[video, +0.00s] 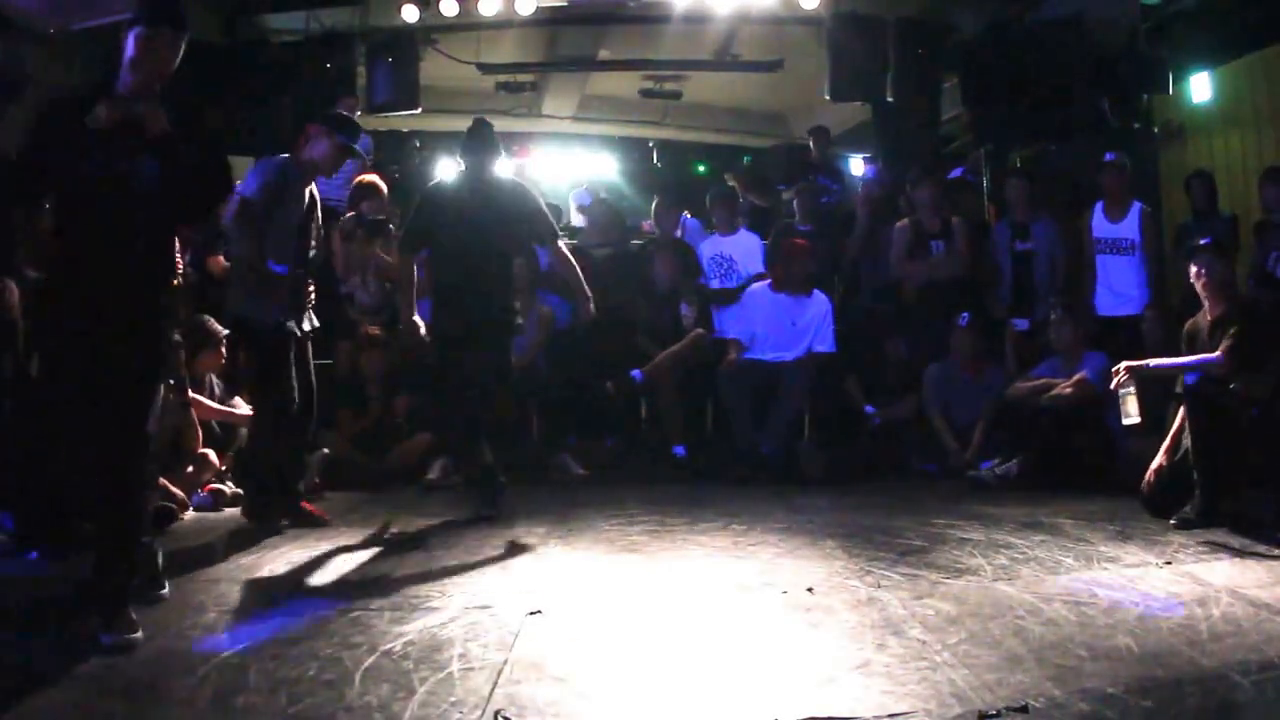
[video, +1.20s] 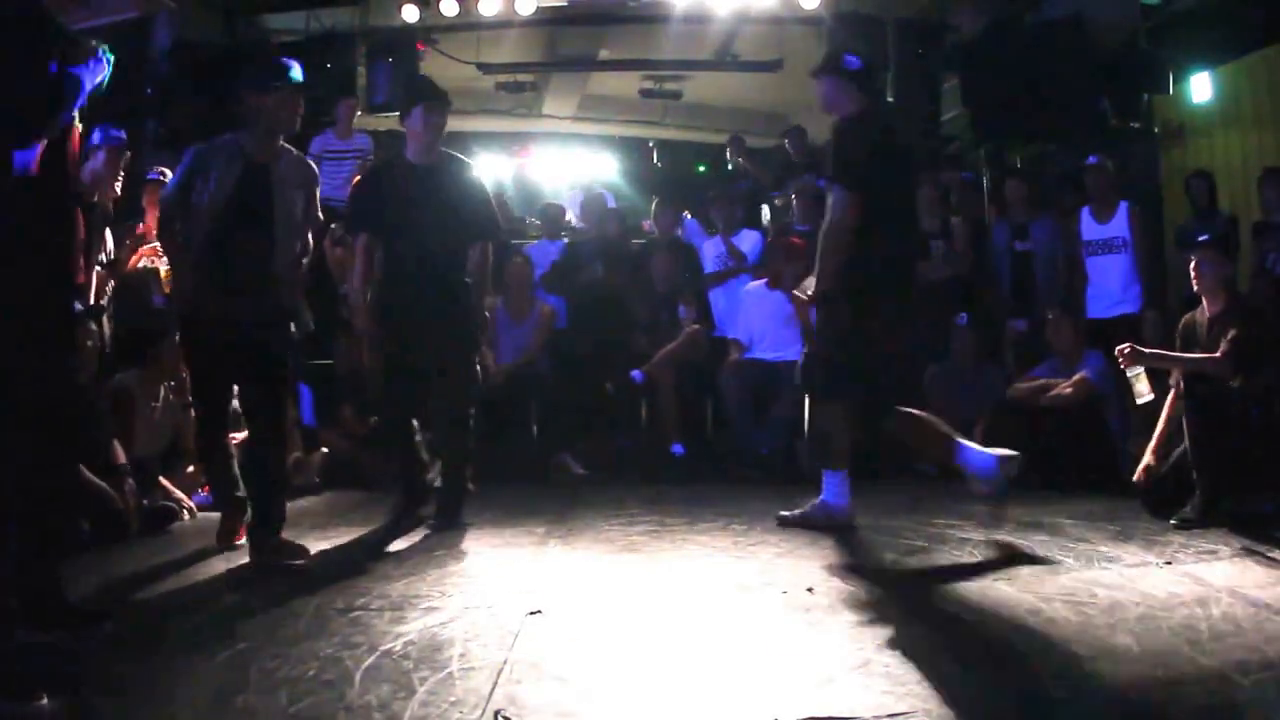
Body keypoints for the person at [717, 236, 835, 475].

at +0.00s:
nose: (806, 268)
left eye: (807, 261)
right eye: (798, 261)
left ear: (810, 265)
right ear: (778, 266)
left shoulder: (819, 302)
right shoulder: (755, 294)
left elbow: (823, 351)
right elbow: (737, 336)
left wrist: (802, 363)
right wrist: (733, 355)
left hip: (792, 363)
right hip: (755, 363)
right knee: (730, 375)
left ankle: (773, 451)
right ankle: (746, 449)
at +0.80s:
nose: (796, 269)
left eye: (800, 263)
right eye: (790, 262)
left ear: (805, 266)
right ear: (777, 264)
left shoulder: (816, 302)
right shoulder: (752, 292)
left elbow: (821, 351)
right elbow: (738, 339)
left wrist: (802, 360)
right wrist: (733, 357)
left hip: (790, 364)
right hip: (754, 363)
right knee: (730, 374)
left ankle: (778, 449)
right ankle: (747, 447)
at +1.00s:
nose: (794, 269)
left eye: (799, 263)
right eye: (788, 262)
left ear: (805, 266)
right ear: (776, 264)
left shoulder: (816, 301)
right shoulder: (753, 292)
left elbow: (821, 352)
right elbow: (740, 339)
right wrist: (733, 356)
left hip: (792, 361)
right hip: (756, 360)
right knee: (732, 376)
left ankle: (775, 450)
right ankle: (745, 448)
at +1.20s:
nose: (793, 268)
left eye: (796, 262)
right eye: (789, 260)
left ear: (802, 265)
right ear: (773, 262)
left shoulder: (805, 294)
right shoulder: (752, 292)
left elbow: (812, 339)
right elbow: (740, 338)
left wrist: (797, 305)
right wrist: (734, 355)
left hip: (791, 361)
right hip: (757, 360)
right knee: (731, 376)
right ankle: (744, 444)